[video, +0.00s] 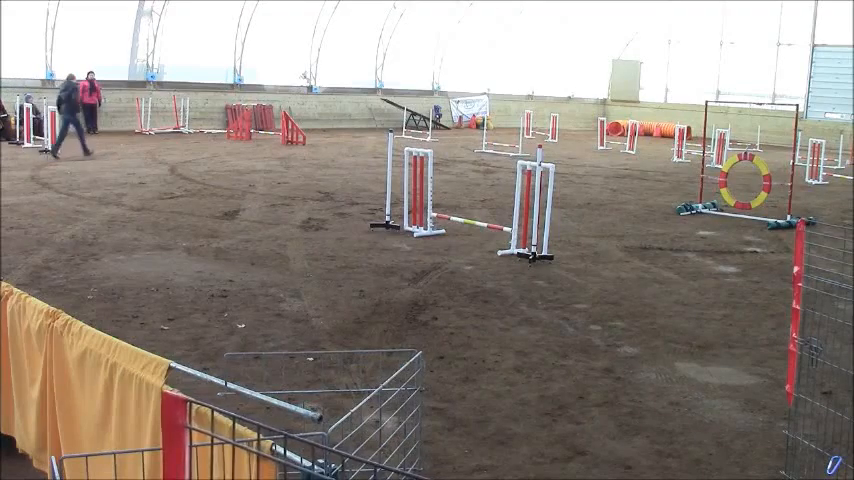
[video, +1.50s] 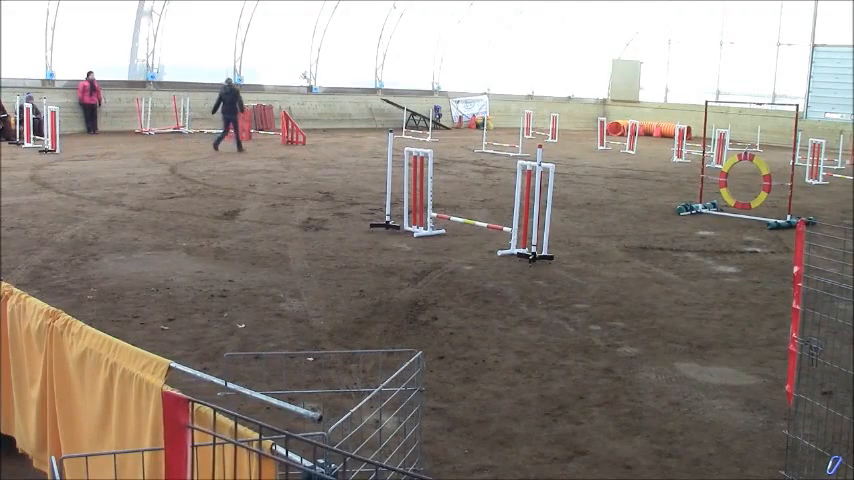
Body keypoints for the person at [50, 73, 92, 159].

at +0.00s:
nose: (75, 81)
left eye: (74, 79)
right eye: (74, 79)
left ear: (67, 79)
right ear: (73, 79)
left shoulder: (63, 86)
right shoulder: (74, 87)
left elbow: (59, 98)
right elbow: (74, 99)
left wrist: (59, 109)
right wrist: (77, 108)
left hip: (64, 112)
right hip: (71, 112)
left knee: (63, 132)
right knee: (80, 130)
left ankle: (55, 149)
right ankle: (85, 150)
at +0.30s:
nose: (111, 83)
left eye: (109, 81)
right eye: (110, 81)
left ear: (103, 81)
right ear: (110, 82)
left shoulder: (99, 90)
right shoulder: (112, 90)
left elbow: (94, 102)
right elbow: (117, 101)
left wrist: (89, 113)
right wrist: (123, 109)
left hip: (100, 114)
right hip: (108, 114)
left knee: (111, 131)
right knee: (104, 133)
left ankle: (109, 149)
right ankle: (96, 151)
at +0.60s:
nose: (143, 84)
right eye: (143, 83)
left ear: (137, 82)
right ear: (143, 83)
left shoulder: (134, 90)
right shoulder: (145, 91)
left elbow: (130, 102)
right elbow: (147, 104)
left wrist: (127, 112)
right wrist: (151, 113)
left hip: (134, 115)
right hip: (142, 116)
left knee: (138, 132)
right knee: (147, 132)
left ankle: (134, 147)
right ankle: (136, 146)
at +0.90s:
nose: (177, 85)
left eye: (177, 84)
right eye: (177, 84)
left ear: (171, 83)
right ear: (176, 84)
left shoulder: (167, 91)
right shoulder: (177, 91)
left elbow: (163, 102)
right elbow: (180, 103)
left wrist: (160, 112)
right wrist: (185, 112)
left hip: (167, 113)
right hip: (174, 114)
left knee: (172, 133)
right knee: (178, 132)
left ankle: (159, 142)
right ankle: (173, 149)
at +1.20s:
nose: (203, 85)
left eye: (201, 83)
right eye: (203, 83)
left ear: (199, 84)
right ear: (205, 84)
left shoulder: (196, 92)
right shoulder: (208, 92)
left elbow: (191, 103)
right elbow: (213, 102)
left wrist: (186, 112)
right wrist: (215, 110)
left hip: (198, 113)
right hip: (206, 113)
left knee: (205, 131)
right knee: (205, 131)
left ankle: (209, 146)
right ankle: (191, 141)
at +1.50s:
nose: (229, 84)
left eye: (227, 83)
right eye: (230, 82)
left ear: (225, 83)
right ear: (232, 83)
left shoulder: (223, 90)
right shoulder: (235, 90)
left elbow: (218, 101)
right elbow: (239, 100)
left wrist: (214, 110)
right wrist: (242, 109)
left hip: (225, 113)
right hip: (233, 113)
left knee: (225, 130)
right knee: (236, 130)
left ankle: (216, 143)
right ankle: (239, 146)